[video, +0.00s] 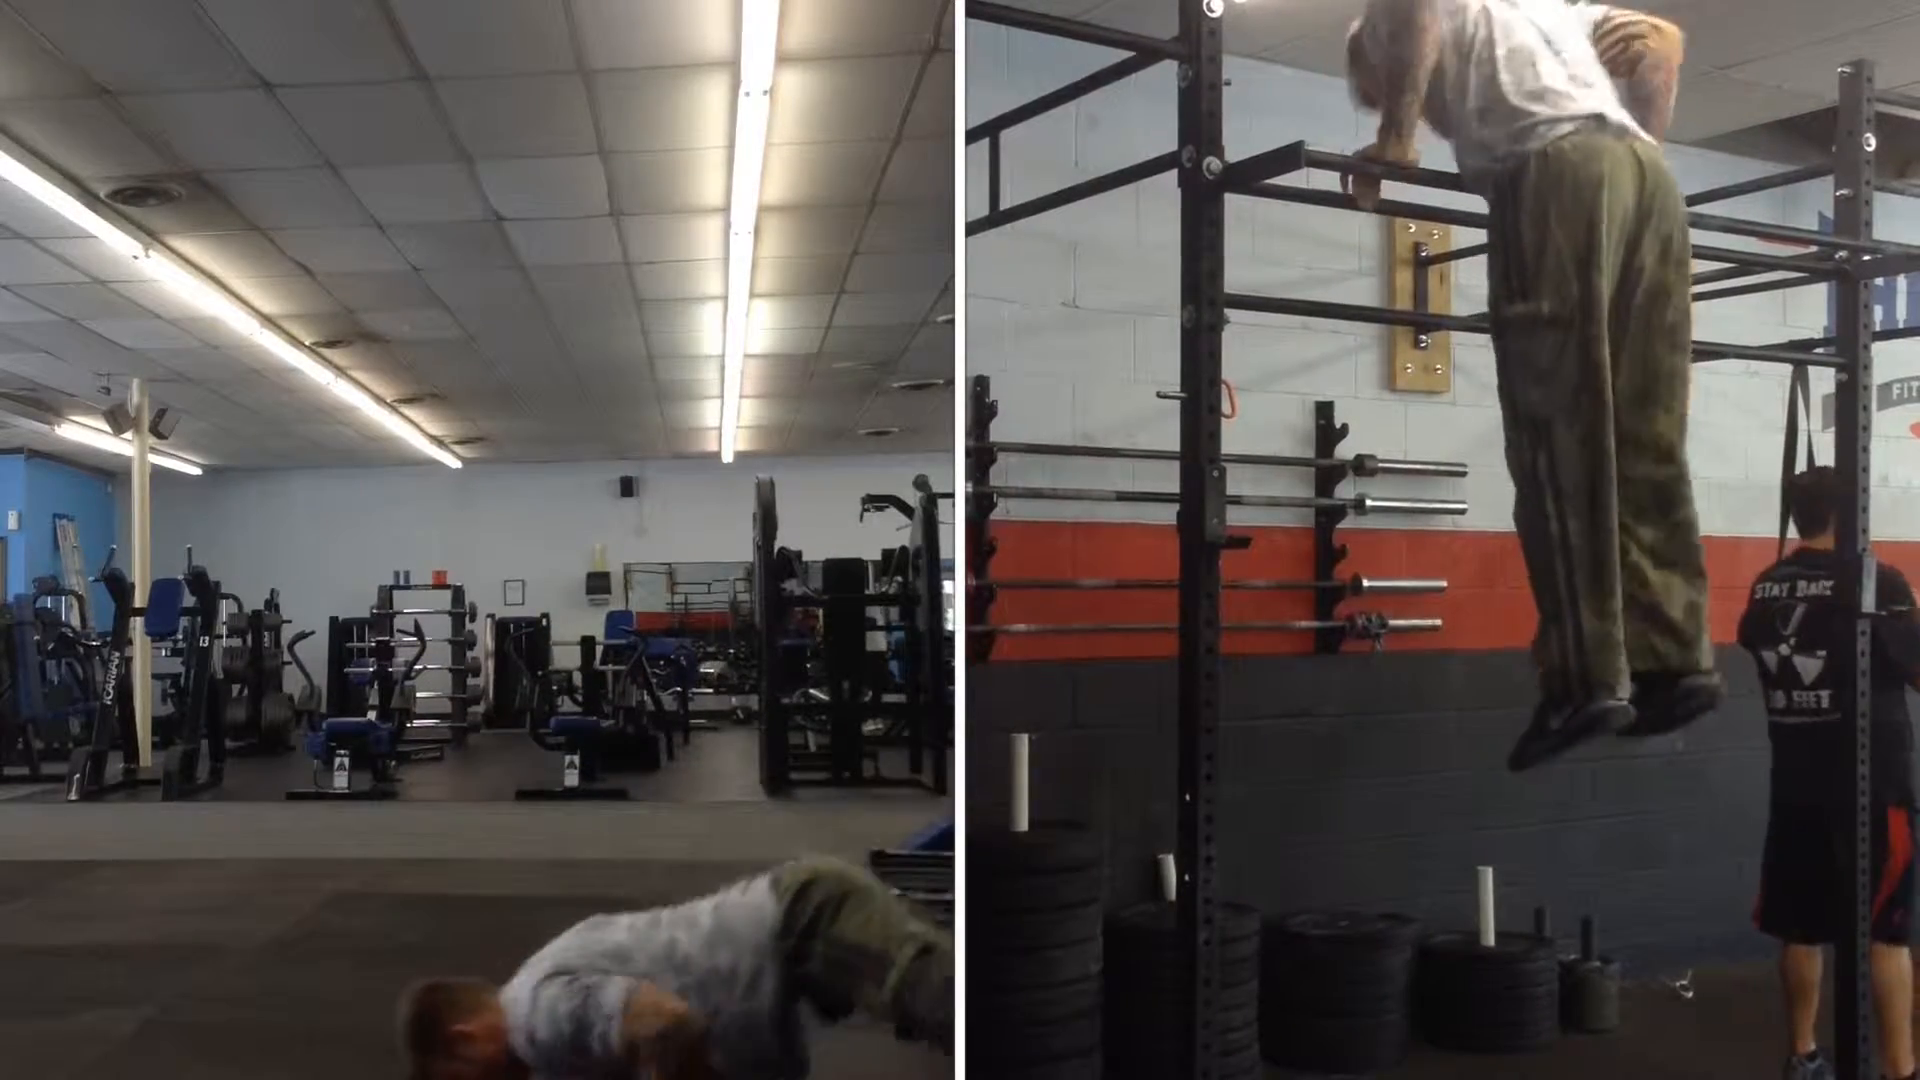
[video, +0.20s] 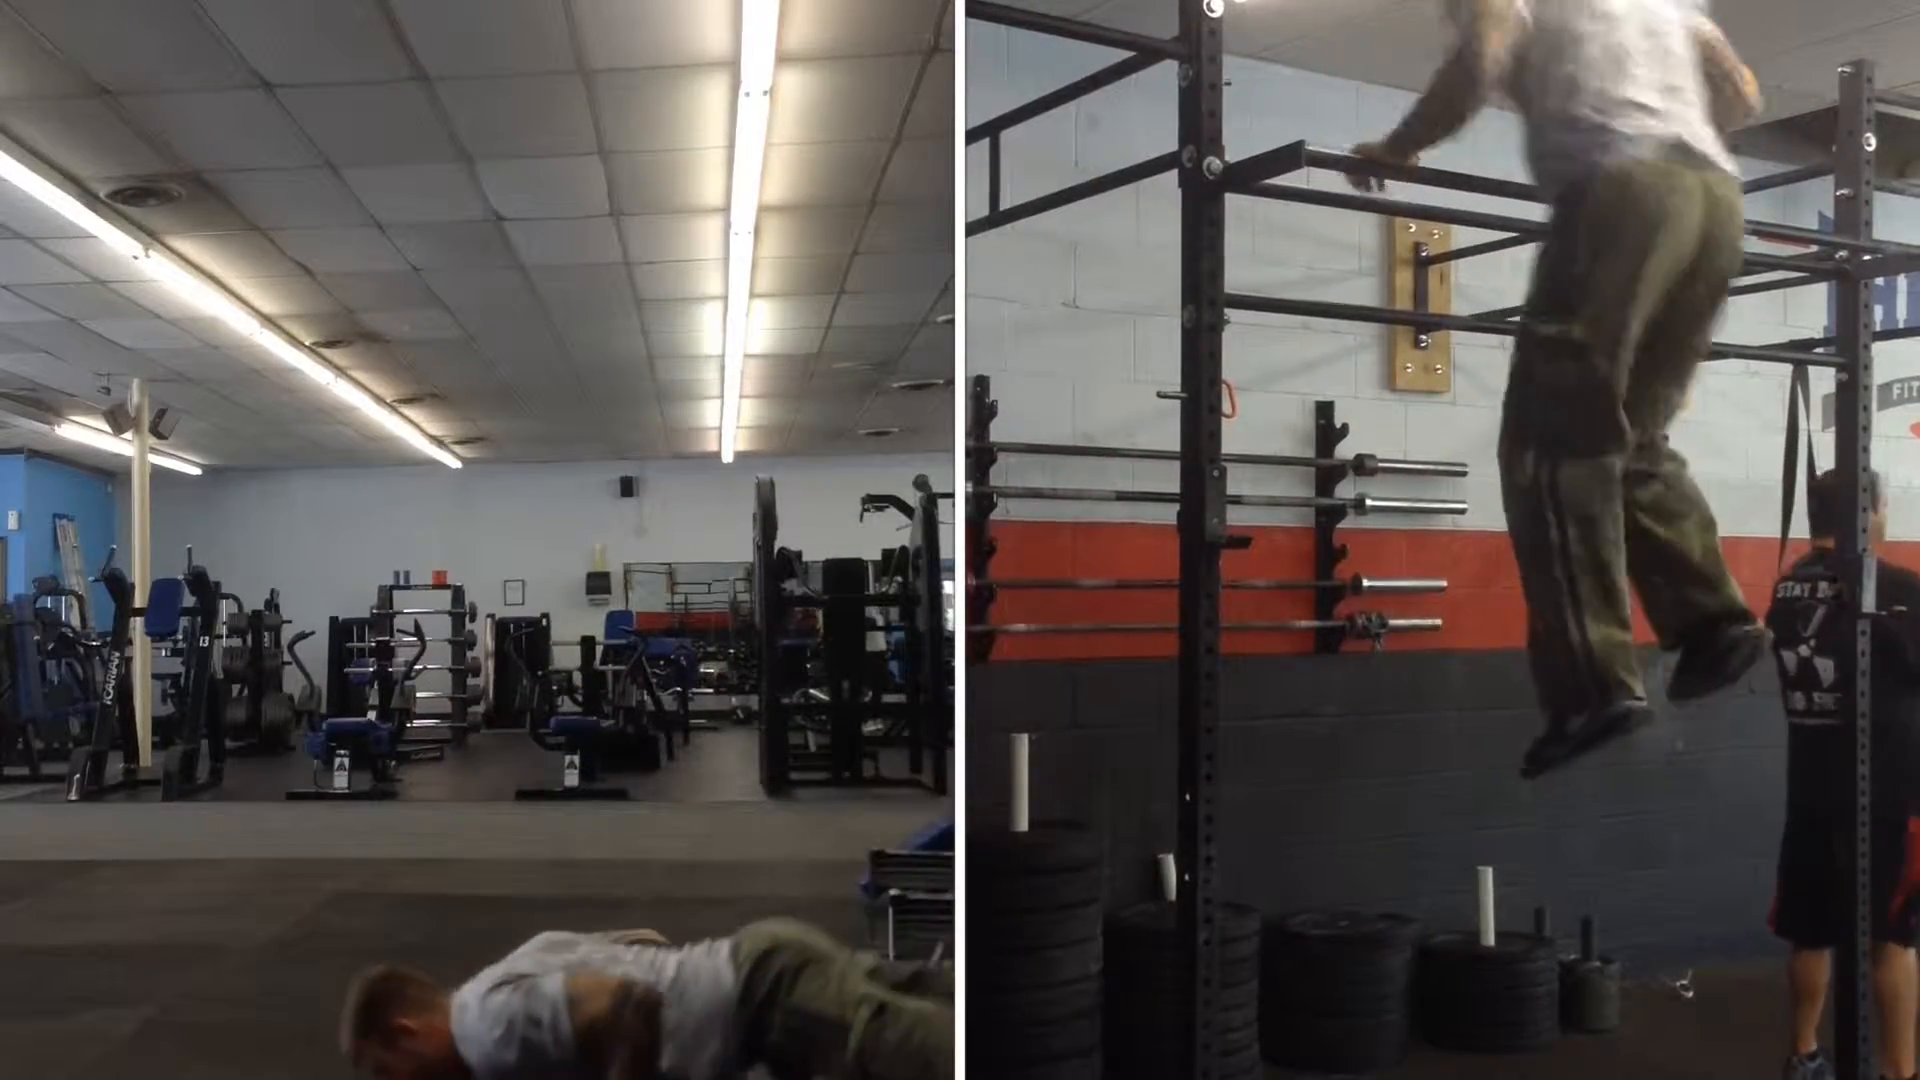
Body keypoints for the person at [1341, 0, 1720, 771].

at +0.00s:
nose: (1379, 85)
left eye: (1372, 69)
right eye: (1375, 79)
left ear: (1374, 27)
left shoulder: (1393, 23)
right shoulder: (1559, 12)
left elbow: (1422, 4)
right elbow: (1658, 43)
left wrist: (1398, 131)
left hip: (1557, 166)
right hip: (1649, 171)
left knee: (1557, 429)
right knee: (1651, 431)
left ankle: (1586, 682)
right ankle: (1676, 665)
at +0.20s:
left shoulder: (1514, 5)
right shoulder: (1669, 8)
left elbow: (1480, 65)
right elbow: (1741, 94)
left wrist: (1397, 147)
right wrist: (1669, 144)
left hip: (1624, 182)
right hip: (1720, 197)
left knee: (1556, 434)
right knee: (1634, 435)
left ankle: (1593, 690)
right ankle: (1716, 630)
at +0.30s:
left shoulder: (1575, 7)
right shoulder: (1736, 15)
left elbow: (1501, 146)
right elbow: (1770, 167)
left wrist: (1409, 158)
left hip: (1666, 268)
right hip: (1761, 272)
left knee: (1543, 491)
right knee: (1638, 476)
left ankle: (1608, 727)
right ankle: (1723, 648)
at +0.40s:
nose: (1601, 33)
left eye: (1604, 19)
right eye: (1603, 20)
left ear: (1622, 14)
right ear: (1692, 12)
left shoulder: (1618, 86)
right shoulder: (1776, 91)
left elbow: (1498, 204)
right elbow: (1779, 233)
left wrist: (1423, 169)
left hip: (1682, 393)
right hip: (1779, 400)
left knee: (1525, 572)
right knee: (1626, 532)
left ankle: (1603, 796)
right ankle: (1705, 711)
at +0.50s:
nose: (1631, 154)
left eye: (1632, 141)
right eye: (1641, 143)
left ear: (1638, 140)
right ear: (1718, 141)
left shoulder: (1618, 211)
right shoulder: (1783, 222)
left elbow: (1473, 268)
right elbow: (1775, 316)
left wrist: (1418, 187)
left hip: (1656, 532)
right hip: (1754, 543)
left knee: (1501, 681)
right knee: (1609, 634)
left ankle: (1586, 896)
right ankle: (1666, 808)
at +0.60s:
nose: (1599, 272)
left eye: (1605, 258)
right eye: (1606, 257)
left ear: (1613, 269)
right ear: (1683, 280)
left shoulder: (1581, 335)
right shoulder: (1732, 364)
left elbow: (1434, 317)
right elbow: (1678, 311)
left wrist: (1409, 202)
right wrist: (1635, 232)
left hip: (1602, 645)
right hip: (1696, 654)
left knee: (1451, 804)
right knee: (1561, 791)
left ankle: (1559, 988)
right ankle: (1613, 934)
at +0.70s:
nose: (1538, 356)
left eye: (1548, 342)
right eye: (1545, 342)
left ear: (1574, 349)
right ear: (1625, 357)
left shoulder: (1524, 420)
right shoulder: (1660, 440)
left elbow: (1400, 348)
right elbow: (1652, 345)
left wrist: (1399, 212)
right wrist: (1639, 240)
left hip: (1516, 728)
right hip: (1601, 736)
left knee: (1396, 896)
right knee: (1489, 878)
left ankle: (1509, 1056)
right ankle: (1558, 1016)